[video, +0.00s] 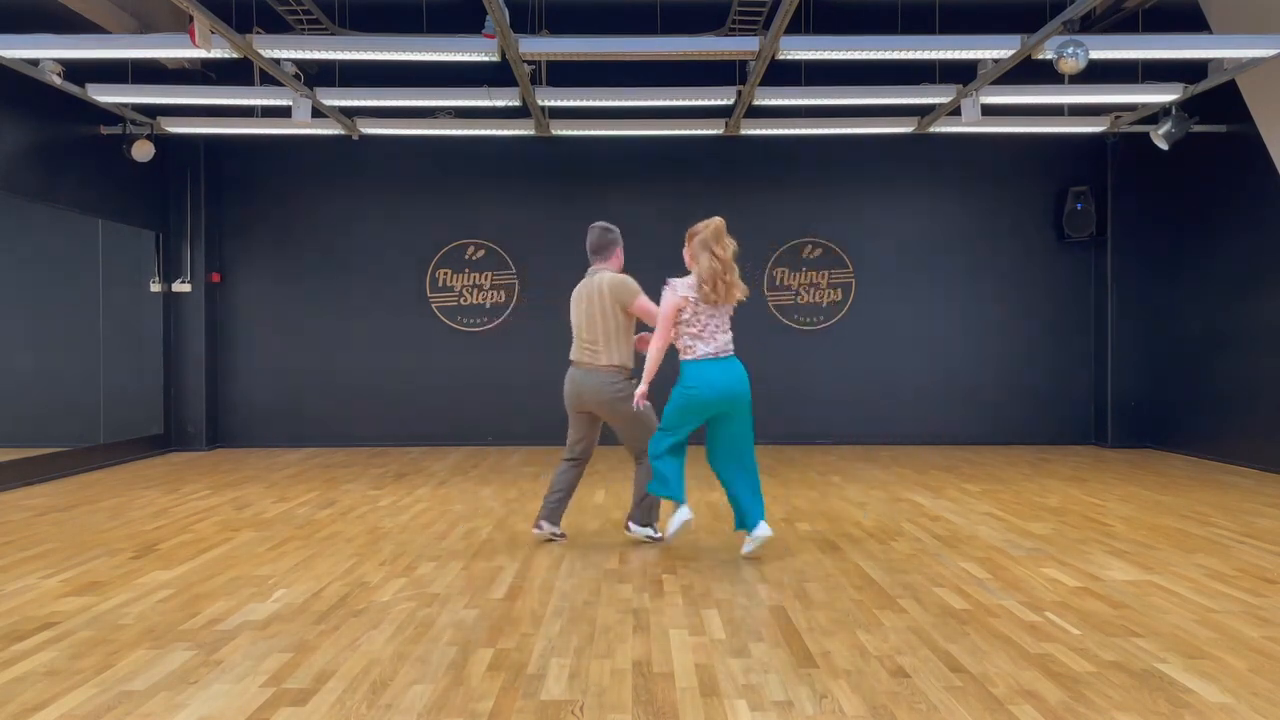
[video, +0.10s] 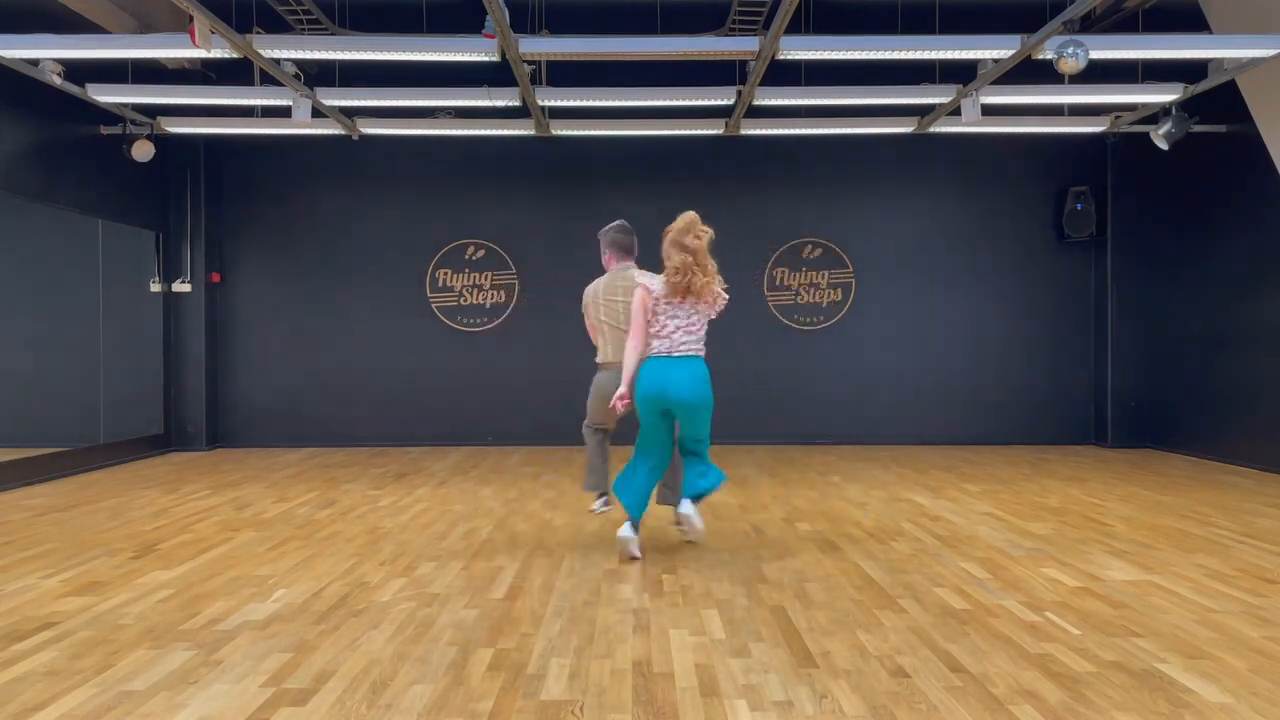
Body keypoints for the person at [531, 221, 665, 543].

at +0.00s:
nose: (623, 256)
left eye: (622, 251)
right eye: (622, 251)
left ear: (590, 254)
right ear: (618, 252)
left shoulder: (579, 290)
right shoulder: (621, 284)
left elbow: (592, 337)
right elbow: (662, 322)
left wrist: (633, 342)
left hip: (576, 379)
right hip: (611, 382)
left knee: (575, 454)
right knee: (649, 450)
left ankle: (548, 519)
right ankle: (641, 520)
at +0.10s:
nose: (600, 259)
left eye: (601, 253)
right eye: (602, 253)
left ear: (607, 255)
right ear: (635, 252)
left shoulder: (592, 290)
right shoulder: (653, 282)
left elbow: (594, 336)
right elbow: (660, 327)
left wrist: (620, 349)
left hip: (608, 372)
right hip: (648, 370)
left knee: (596, 429)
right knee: (663, 432)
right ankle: (675, 496)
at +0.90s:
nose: (548, 260)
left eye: (546, 253)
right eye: (542, 254)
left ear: (518, 263)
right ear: (522, 262)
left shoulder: (496, 297)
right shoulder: (539, 302)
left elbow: (519, 328)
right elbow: (583, 340)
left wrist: (555, 317)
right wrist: (625, 329)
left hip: (470, 395)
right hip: (499, 394)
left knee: (488, 483)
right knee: (561, 463)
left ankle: (454, 561)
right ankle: (525, 540)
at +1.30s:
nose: (535, 253)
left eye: (533, 247)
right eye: (528, 248)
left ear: (516, 253)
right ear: (507, 254)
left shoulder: (525, 300)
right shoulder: (493, 288)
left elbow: (555, 345)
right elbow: (526, 326)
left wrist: (594, 326)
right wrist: (584, 323)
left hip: (510, 398)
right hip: (474, 399)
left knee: (546, 466)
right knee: (522, 462)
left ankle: (503, 536)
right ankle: (505, 549)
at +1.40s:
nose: (533, 263)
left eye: (532, 256)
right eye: (527, 257)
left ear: (508, 263)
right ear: (504, 261)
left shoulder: (531, 306)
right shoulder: (481, 301)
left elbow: (562, 351)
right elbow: (516, 333)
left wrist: (598, 373)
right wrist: (573, 329)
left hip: (522, 402)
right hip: (483, 405)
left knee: (533, 476)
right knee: (517, 472)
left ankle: (508, 549)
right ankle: (503, 559)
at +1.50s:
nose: (535, 258)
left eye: (534, 251)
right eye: (529, 252)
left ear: (512, 258)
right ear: (508, 257)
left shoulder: (524, 301)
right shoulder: (499, 296)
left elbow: (532, 362)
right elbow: (554, 319)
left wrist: (557, 397)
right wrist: (608, 311)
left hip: (520, 401)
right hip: (487, 404)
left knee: (542, 481)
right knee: (521, 484)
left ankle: (512, 550)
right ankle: (490, 567)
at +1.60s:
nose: (541, 257)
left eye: (539, 250)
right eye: (535, 252)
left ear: (508, 262)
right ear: (513, 260)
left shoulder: (491, 298)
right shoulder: (533, 299)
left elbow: (486, 358)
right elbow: (585, 330)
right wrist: (621, 320)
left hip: (491, 399)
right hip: (505, 403)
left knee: (552, 465)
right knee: (522, 490)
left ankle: (533, 541)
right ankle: (469, 570)